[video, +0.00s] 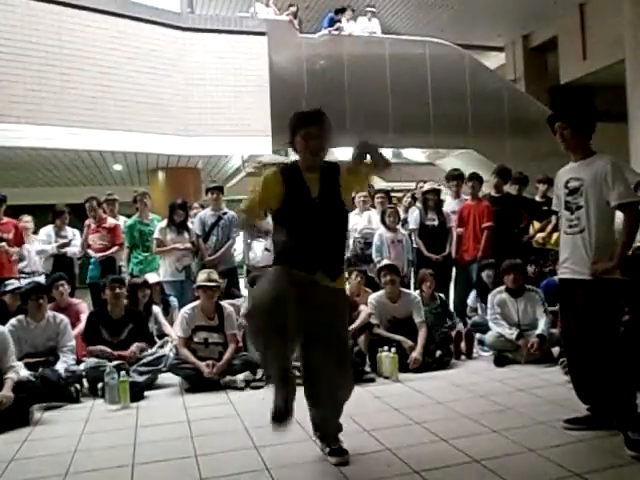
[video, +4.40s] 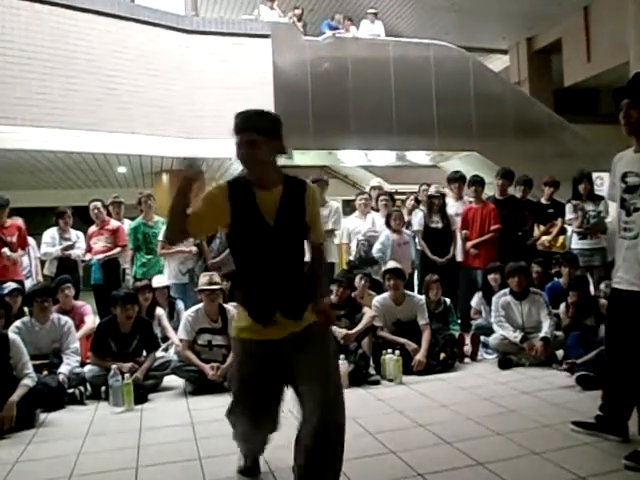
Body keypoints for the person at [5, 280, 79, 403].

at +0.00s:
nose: (40, 302)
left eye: (42, 298)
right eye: (35, 299)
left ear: (48, 300)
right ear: (26, 304)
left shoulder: (60, 321)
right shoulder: (14, 326)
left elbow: (68, 352)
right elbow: (11, 360)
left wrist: (57, 371)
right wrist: (26, 375)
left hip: (54, 369)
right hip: (27, 371)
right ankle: (68, 393)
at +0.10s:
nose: (40, 303)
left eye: (42, 299)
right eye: (35, 300)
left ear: (47, 301)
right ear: (26, 304)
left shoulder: (61, 321)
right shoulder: (14, 326)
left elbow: (68, 353)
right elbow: (11, 360)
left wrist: (57, 372)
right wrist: (27, 375)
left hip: (54, 369)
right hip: (28, 372)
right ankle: (66, 394)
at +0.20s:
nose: (40, 303)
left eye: (42, 299)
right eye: (35, 299)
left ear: (48, 301)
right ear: (26, 304)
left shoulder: (61, 322)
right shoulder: (14, 326)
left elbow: (68, 353)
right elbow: (11, 360)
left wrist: (56, 372)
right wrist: (28, 376)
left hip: (54, 369)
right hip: (27, 372)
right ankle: (66, 394)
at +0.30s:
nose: (39, 303)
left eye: (42, 299)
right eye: (34, 300)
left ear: (47, 301)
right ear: (25, 304)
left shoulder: (60, 321)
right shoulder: (14, 326)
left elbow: (69, 353)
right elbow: (10, 359)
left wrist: (55, 372)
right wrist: (25, 375)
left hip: (54, 368)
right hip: (28, 371)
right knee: (20, 388)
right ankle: (68, 394)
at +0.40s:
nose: (39, 303)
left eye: (42, 299)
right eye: (34, 300)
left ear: (47, 301)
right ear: (25, 304)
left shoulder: (60, 321)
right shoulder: (14, 326)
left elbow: (69, 352)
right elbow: (10, 359)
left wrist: (58, 371)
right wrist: (24, 375)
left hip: (53, 367)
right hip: (27, 370)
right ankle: (69, 394)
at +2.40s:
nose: (53, 303)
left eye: (52, 299)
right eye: (47, 300)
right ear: (35, 305)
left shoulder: (64, 323)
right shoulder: (18, 329)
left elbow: (72, 353)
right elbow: (16, 359)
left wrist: (64, 372)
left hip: (58, 369)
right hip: (32, 372)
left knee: (79, 375)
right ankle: (69, 396)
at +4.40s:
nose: (44, 305)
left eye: (47, 301)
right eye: (39, 302)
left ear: (53, 303)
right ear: (31, 305)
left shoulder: (64, 323)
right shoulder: (18, 328)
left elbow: (72, 353)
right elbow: (14, 357)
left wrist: (63, 373)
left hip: (58, 369)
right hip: (32, 372)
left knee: (79, 375)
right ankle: (69, 397)